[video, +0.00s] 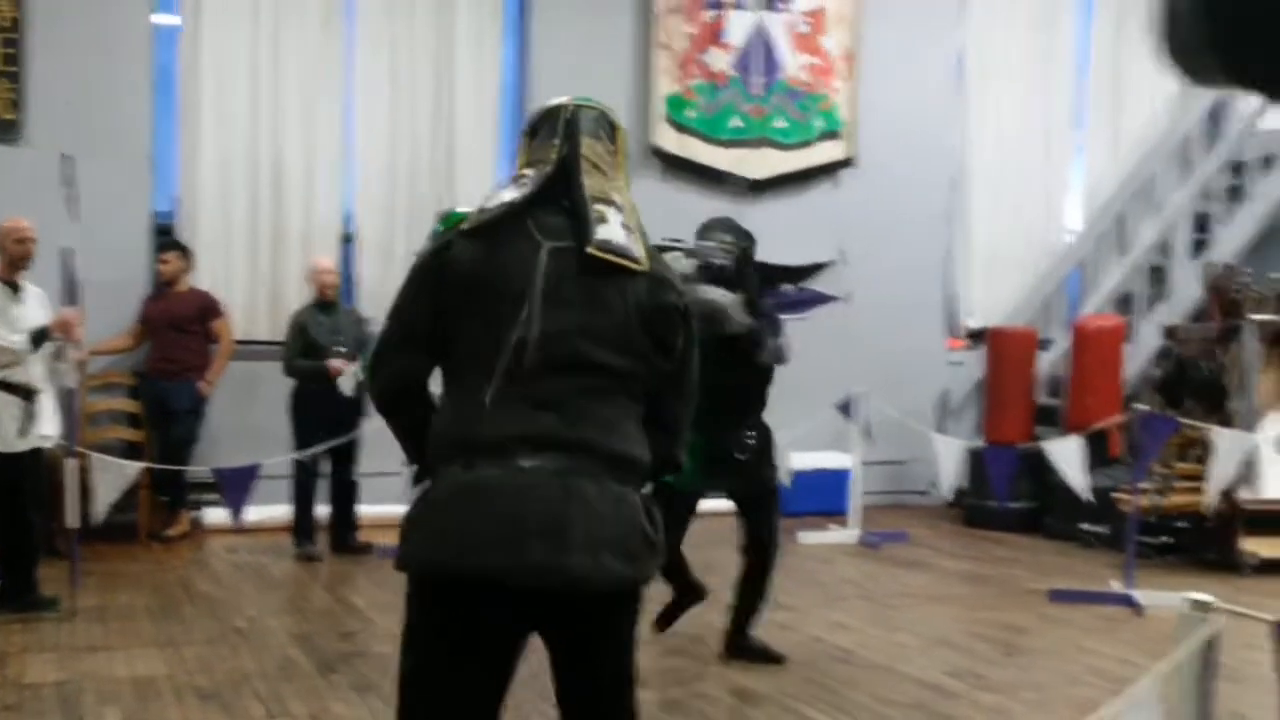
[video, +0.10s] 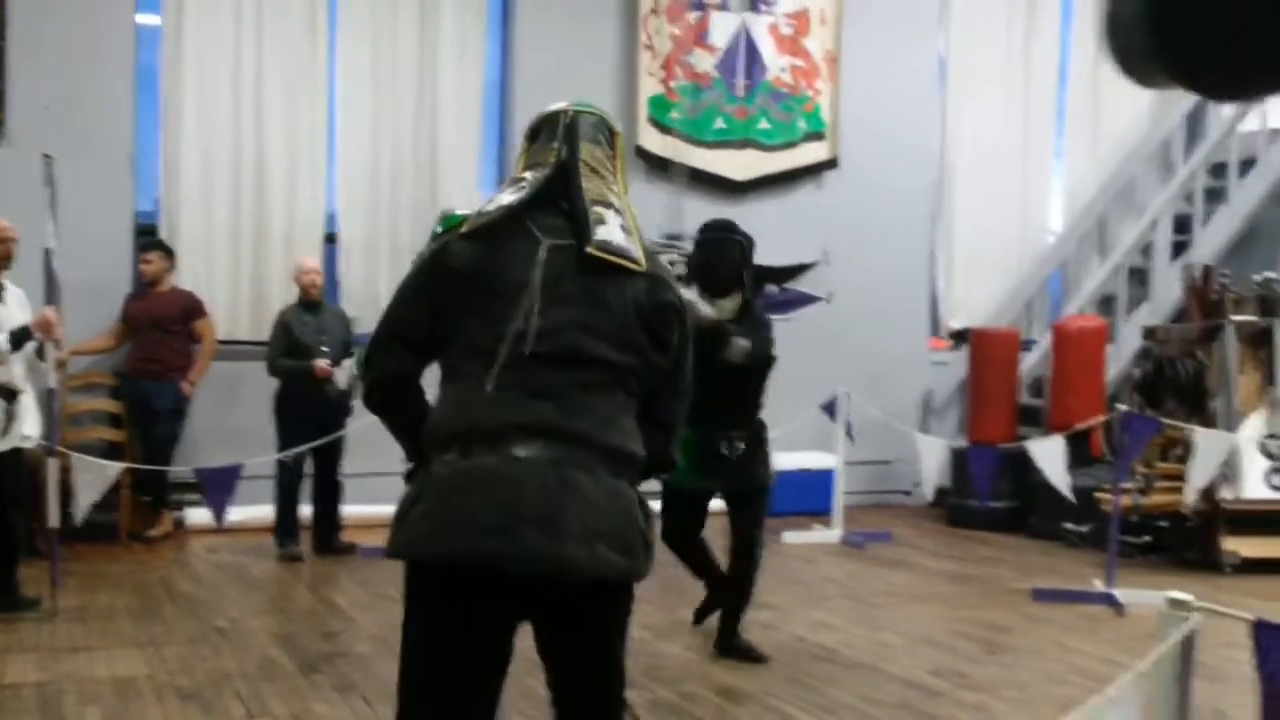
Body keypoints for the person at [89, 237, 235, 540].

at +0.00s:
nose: (161, 267)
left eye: (167, 262)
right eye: (159, 262)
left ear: (185, 265)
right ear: (158, 266)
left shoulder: (202, 301)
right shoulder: (154, 301)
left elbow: (226, 341)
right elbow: (133, 339)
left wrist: (209, 381)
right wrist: (91, 351)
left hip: (187, 384)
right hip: (155, 383)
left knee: (177, 448)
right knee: (159, 450)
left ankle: (179, 514)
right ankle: (165, 512)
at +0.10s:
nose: (143, 267)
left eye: (149, 262)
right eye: (141, 262)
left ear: (167, 265)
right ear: (139, 266)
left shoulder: (185, 301)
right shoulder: (135, 301)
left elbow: (209, 341)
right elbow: (114, 339)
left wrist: (192, 381)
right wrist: (72, 351)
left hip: (169, 384)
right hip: (135, 382)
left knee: (159, 448)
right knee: (140, 449)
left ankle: (162, 514)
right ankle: (147, 512)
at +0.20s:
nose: (118, 267)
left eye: (125, 261)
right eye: (116, 262)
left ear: (144, 264)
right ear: (115, 265)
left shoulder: (162, 300)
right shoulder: (110, 301)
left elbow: (186, 341)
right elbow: (88, 339)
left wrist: (168, 380)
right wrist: (46, 351)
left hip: (146, 384)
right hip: (112, 382)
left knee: (136, 449)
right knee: (119, 449)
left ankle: (139, 515)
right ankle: (130, 514)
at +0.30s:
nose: (105, 267)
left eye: (112, 261)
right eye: (103, 262)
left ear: (130, 264)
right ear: (102, 265)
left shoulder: (148, 301)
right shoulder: (98, 301)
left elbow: (174, 340)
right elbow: (76, 340)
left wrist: (156, 381)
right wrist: (33, 353)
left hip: (134, 385)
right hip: (100, 384)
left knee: (124, 451)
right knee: (107, 451)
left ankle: (129, 517)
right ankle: (121, 515)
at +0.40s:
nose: (92, 268)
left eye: (99, 263)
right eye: (91, 263)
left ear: (117, 265)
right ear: (90, 266)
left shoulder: (135, 302)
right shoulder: (84, 302)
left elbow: (161, 343)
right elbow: (62, 342)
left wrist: (143, 383)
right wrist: (20, 354)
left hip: (121, 387)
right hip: (86, 385)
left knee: (110, 453)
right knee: (93, 452)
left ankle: (114, 519)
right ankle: (108, 518)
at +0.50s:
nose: (75, 269)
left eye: (82, 263)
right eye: (73, 264)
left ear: (101, 266)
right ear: (72, 268)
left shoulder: (119, 303)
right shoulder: (67, 304)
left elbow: (144, 344)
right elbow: (45, 343)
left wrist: (126, 384)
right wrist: (5, 354)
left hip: (104, 389)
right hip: (69, 387)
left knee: (93, 454)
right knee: (77, 455)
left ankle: (97, 521)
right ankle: (86, 520)